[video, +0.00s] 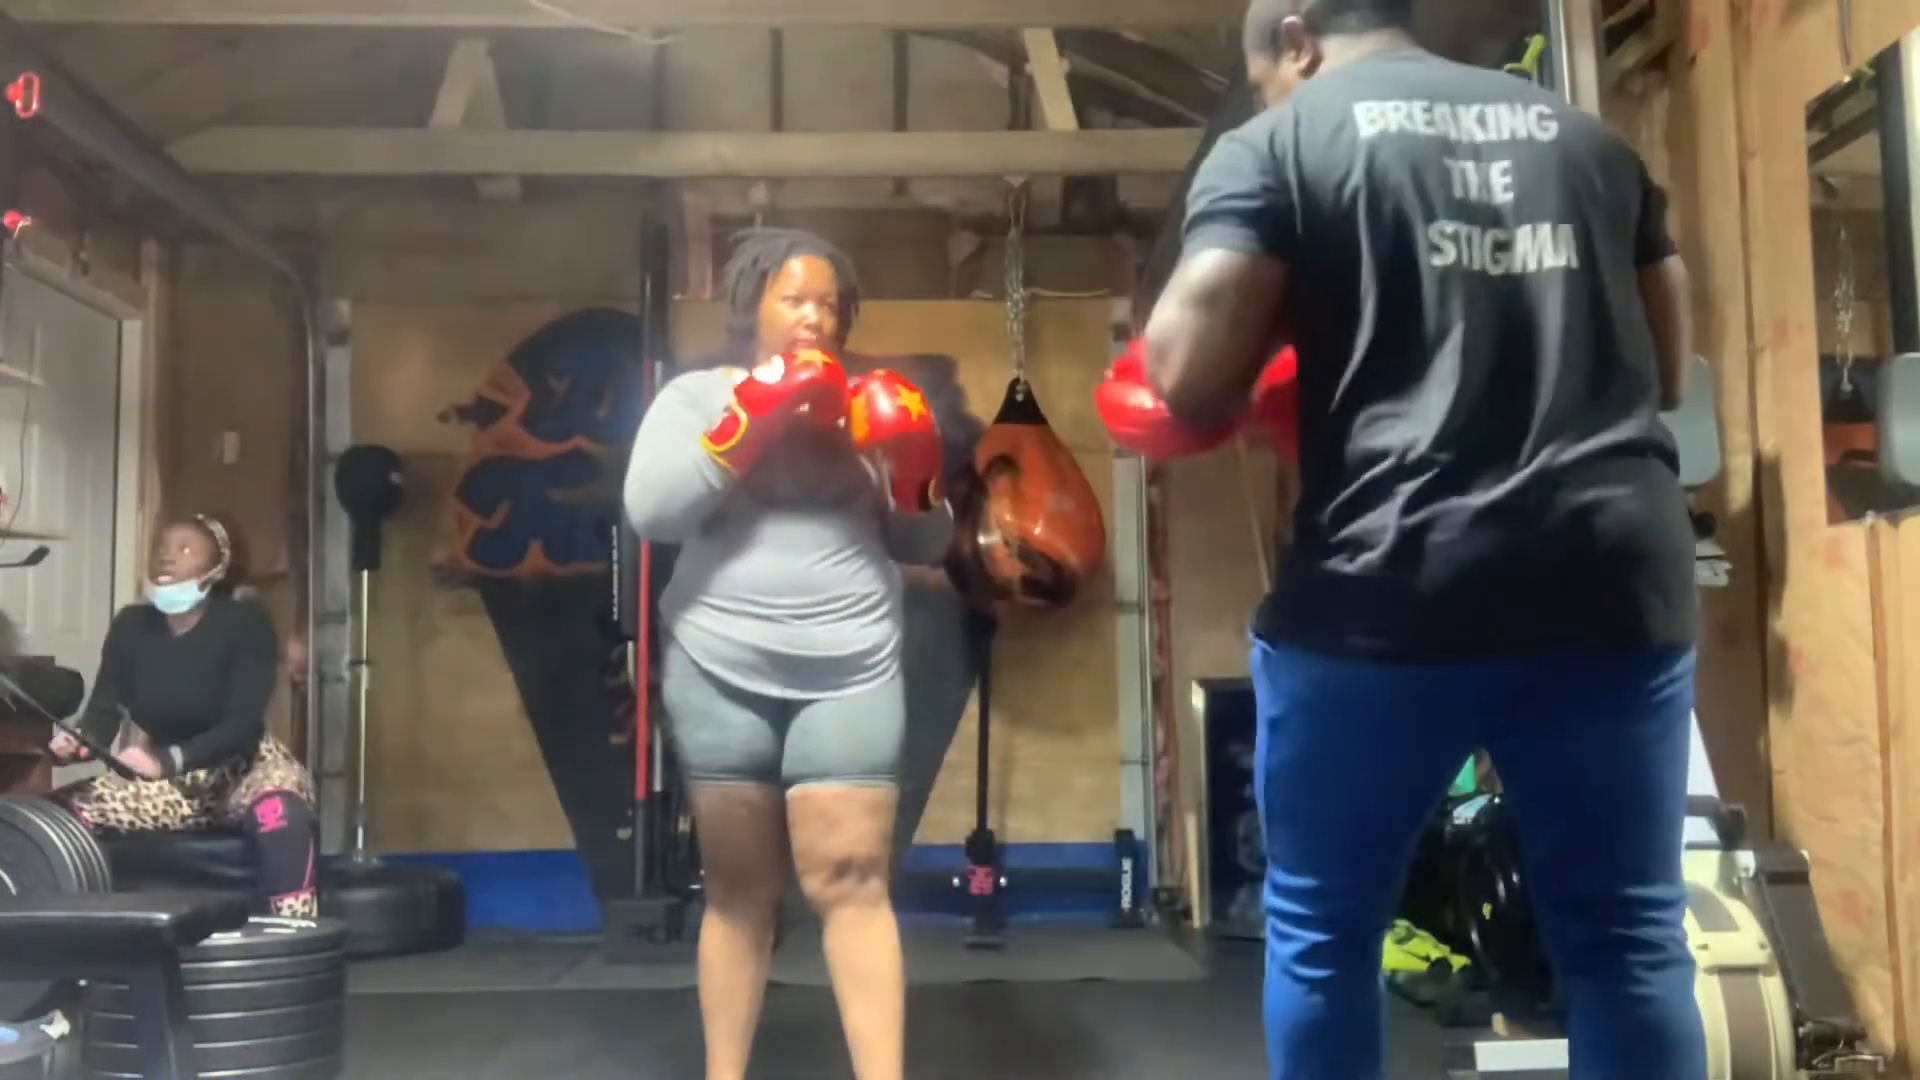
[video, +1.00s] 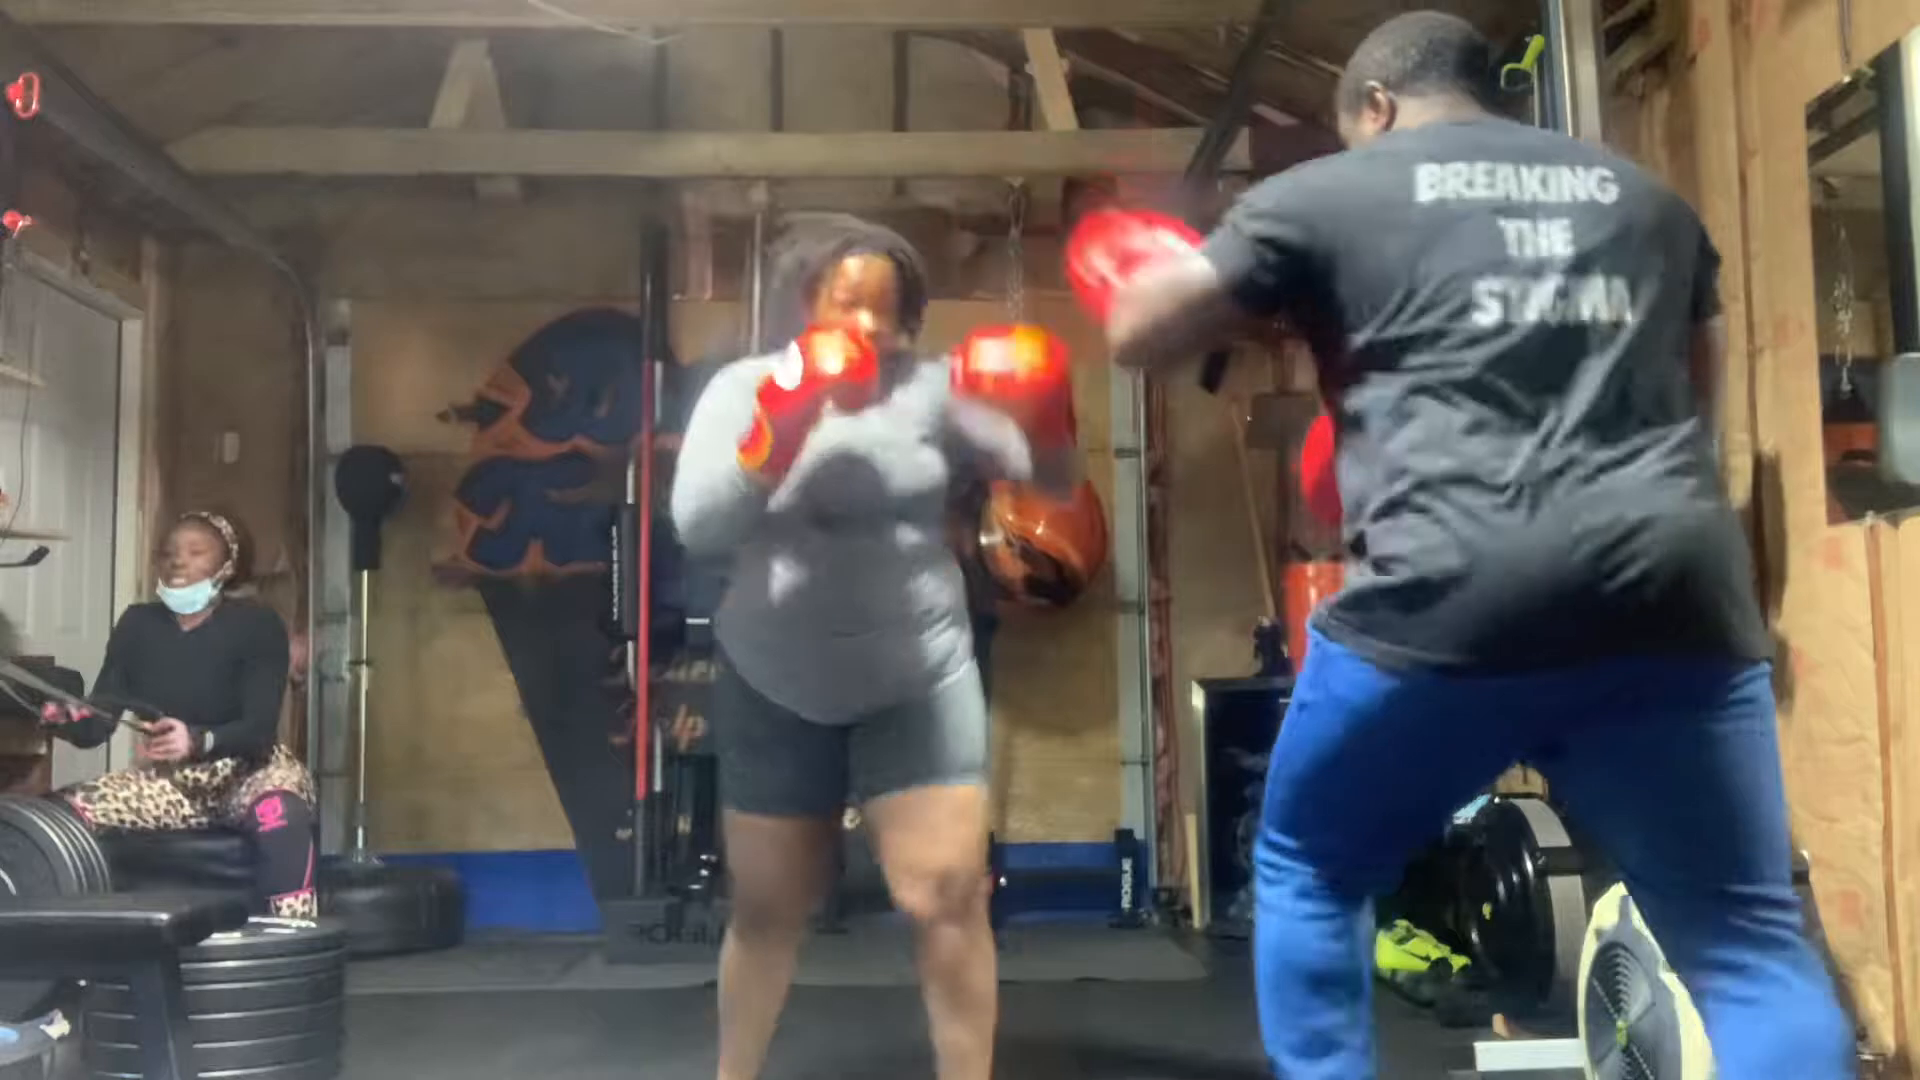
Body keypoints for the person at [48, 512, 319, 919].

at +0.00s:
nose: (166, 561)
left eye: (183, 551)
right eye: (161, 551)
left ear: (214, 568)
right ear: (150, 559)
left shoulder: (246, 623)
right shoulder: (132, 625)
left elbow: (243, 727)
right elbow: (103, 710)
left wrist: (168, 759)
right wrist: (81, 739)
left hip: (238, 778)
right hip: (156, 780)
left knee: (281, 811)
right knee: (54, 817)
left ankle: (295, 945)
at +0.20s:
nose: (159, 560)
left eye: (178, 553)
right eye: (157, 550)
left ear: (209, 576)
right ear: (147, 558)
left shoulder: (241, 626)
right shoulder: (125, 627)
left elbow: (241, 728)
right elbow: (94, 705)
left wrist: (158, 756)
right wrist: (70, 733)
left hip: (240, 777)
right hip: (159, 780)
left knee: (279, 813)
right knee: (61, 816)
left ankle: (293, 944)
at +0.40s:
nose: (161, 557)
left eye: (181, 551)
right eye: (160, 549)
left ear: (211, 576)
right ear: (148, 558)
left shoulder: (241, 627)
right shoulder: (124, 628)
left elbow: (242, 738)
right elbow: (92, 714)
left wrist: (165, 764)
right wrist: (72, 745)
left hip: (239, 781)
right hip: (159, 783)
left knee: (280, 813)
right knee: (71, 817)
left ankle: (294, 944)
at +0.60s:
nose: (164, 558)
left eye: (185, 551)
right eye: (164, 549)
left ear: (215, 575)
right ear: (153, 557)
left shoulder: (244, 626)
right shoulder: (128, 626)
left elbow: (247, 737)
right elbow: (99, 713)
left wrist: (171, 753)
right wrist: (85, 739)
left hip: (237, 780)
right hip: (152, 782)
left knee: (280, 814)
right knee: (61, 815)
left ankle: (295, 945)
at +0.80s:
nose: (174, 563)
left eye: (190, 554)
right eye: (171, 552)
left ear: (224, 571)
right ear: (161, 556)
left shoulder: (255, 626)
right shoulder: (135, 624)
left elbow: (252, 734)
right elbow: (98, 724)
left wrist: (183, 746)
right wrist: (81, 730)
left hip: (245, 783)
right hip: (166, 784)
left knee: (280, 812)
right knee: (67, 812)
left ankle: (294, 947)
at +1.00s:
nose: (178, 562)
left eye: (194, 552)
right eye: (170, 553)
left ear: (224, 567)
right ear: (159, 561)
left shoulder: (258, 625)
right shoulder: (139, 623)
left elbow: (259, 732)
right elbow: (96, 728)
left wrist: (198, 741)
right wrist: (69, 719)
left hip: (246, 779)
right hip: (164, 781)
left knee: (281, 811)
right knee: (65, 813)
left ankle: (293, 950)